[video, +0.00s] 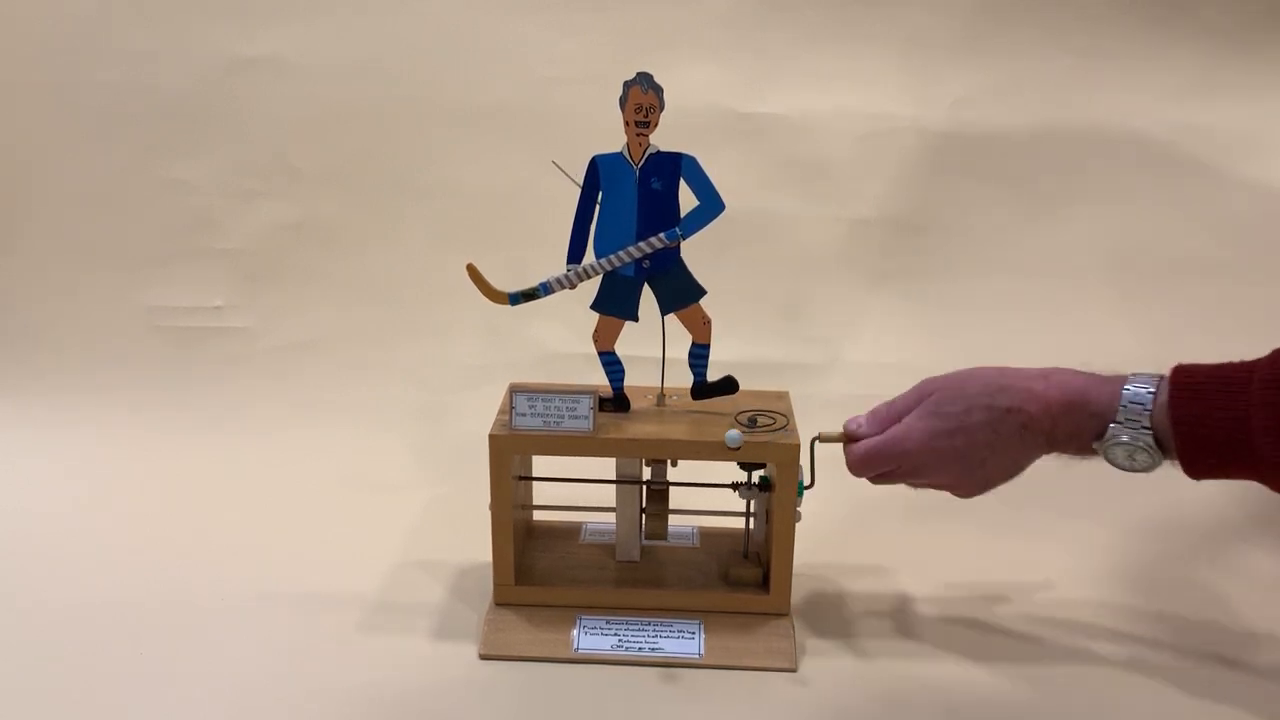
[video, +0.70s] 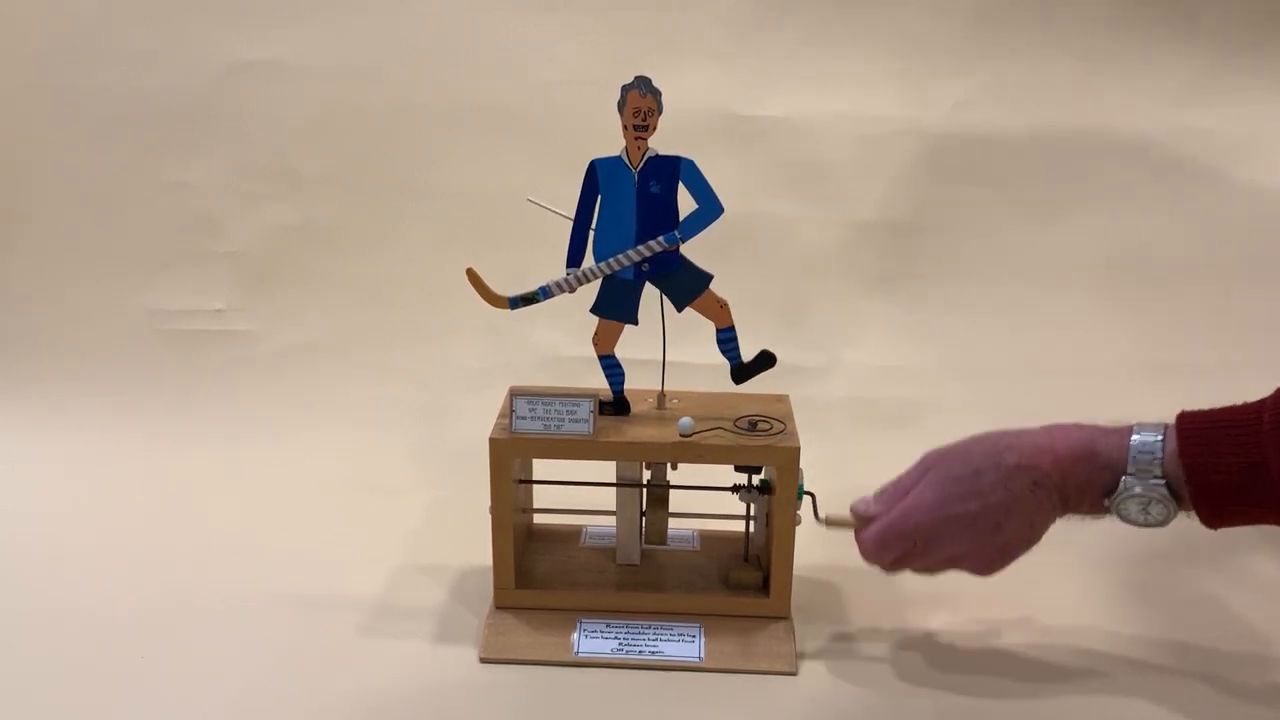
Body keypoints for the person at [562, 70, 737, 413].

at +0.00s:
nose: (644, 116)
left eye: (651, 109)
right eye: (637, 108)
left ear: (660, 115)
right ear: (622, 112)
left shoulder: (678, 163)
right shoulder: (601, 165)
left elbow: (714, 205)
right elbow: (582, 220)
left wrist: (675, 235)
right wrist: (573, 267)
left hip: (665, 265)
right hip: (620, 267)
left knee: (701, 326)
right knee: (603, 339)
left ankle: (700, 385)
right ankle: (619, 396)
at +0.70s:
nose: (642, 118)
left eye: (649, 112)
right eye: (635, 111)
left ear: (658, 119)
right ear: (621, 116)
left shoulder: (676, 167)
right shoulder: (600, 169)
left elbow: (713, 208)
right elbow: (582, 223)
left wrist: (674, 239)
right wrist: (572, 271)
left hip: (666, 262)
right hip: (621, 268)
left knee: (720, 311)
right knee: (603, 343)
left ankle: (738, 368)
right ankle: (618, 400)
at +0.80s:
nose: (643, 118)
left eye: (650, 112)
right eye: (635, 111)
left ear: (658, 119)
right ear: (621, 116)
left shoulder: (676, 167)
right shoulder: (601, 170)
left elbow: (713, 209)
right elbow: (581, 225)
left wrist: (673, 239)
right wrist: (572, 272)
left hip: (665, 261)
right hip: (620, 268)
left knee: (724, 305)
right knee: (602, 343)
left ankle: (747, 361)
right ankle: (619, 401)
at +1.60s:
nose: (646, 120)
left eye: (653, 114)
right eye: (639, 113)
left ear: (662, 121)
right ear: (624, 117)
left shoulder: (678, 169)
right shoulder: (603, 171)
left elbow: (715, 210)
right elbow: (584, 224)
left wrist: (677, 240)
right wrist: (573, 272)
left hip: (662, 275)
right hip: (619, 275)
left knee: (677, 343)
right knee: (603, 343)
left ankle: (660, 399)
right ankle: (617, 400)